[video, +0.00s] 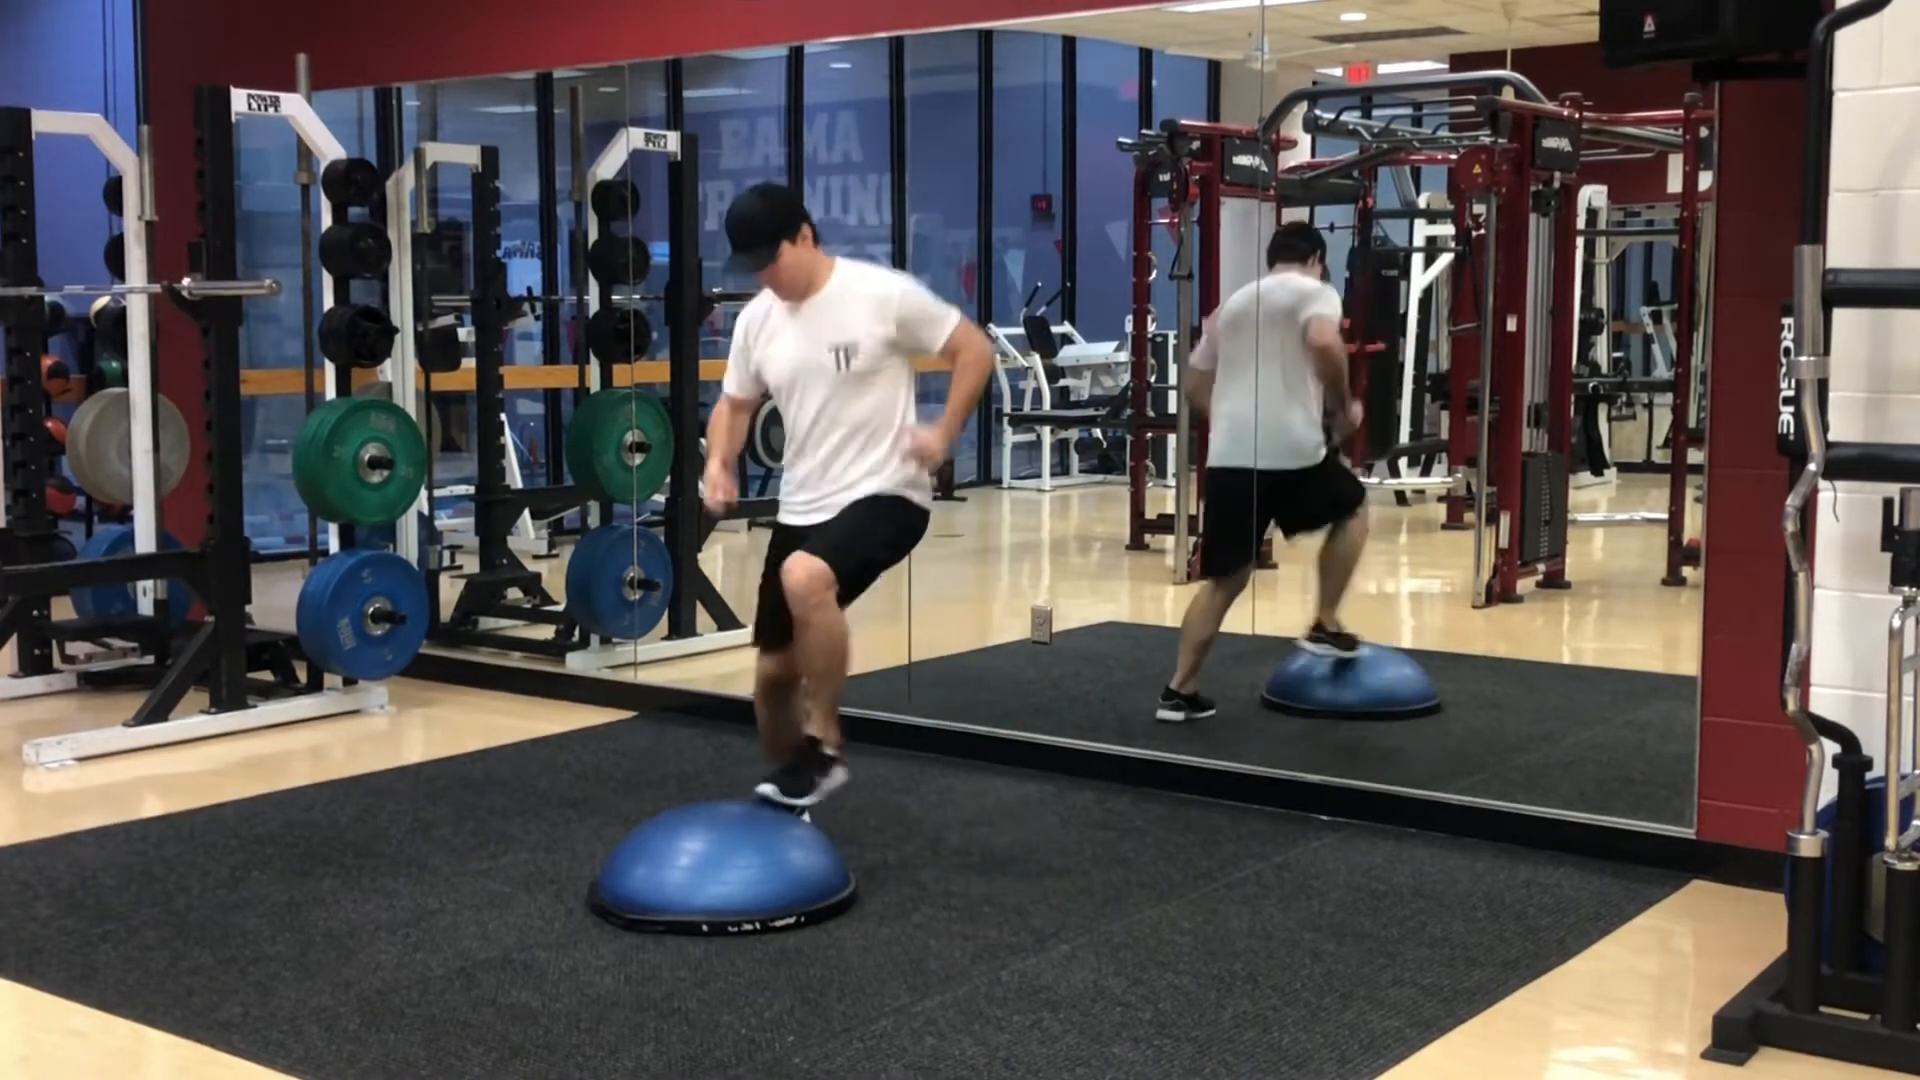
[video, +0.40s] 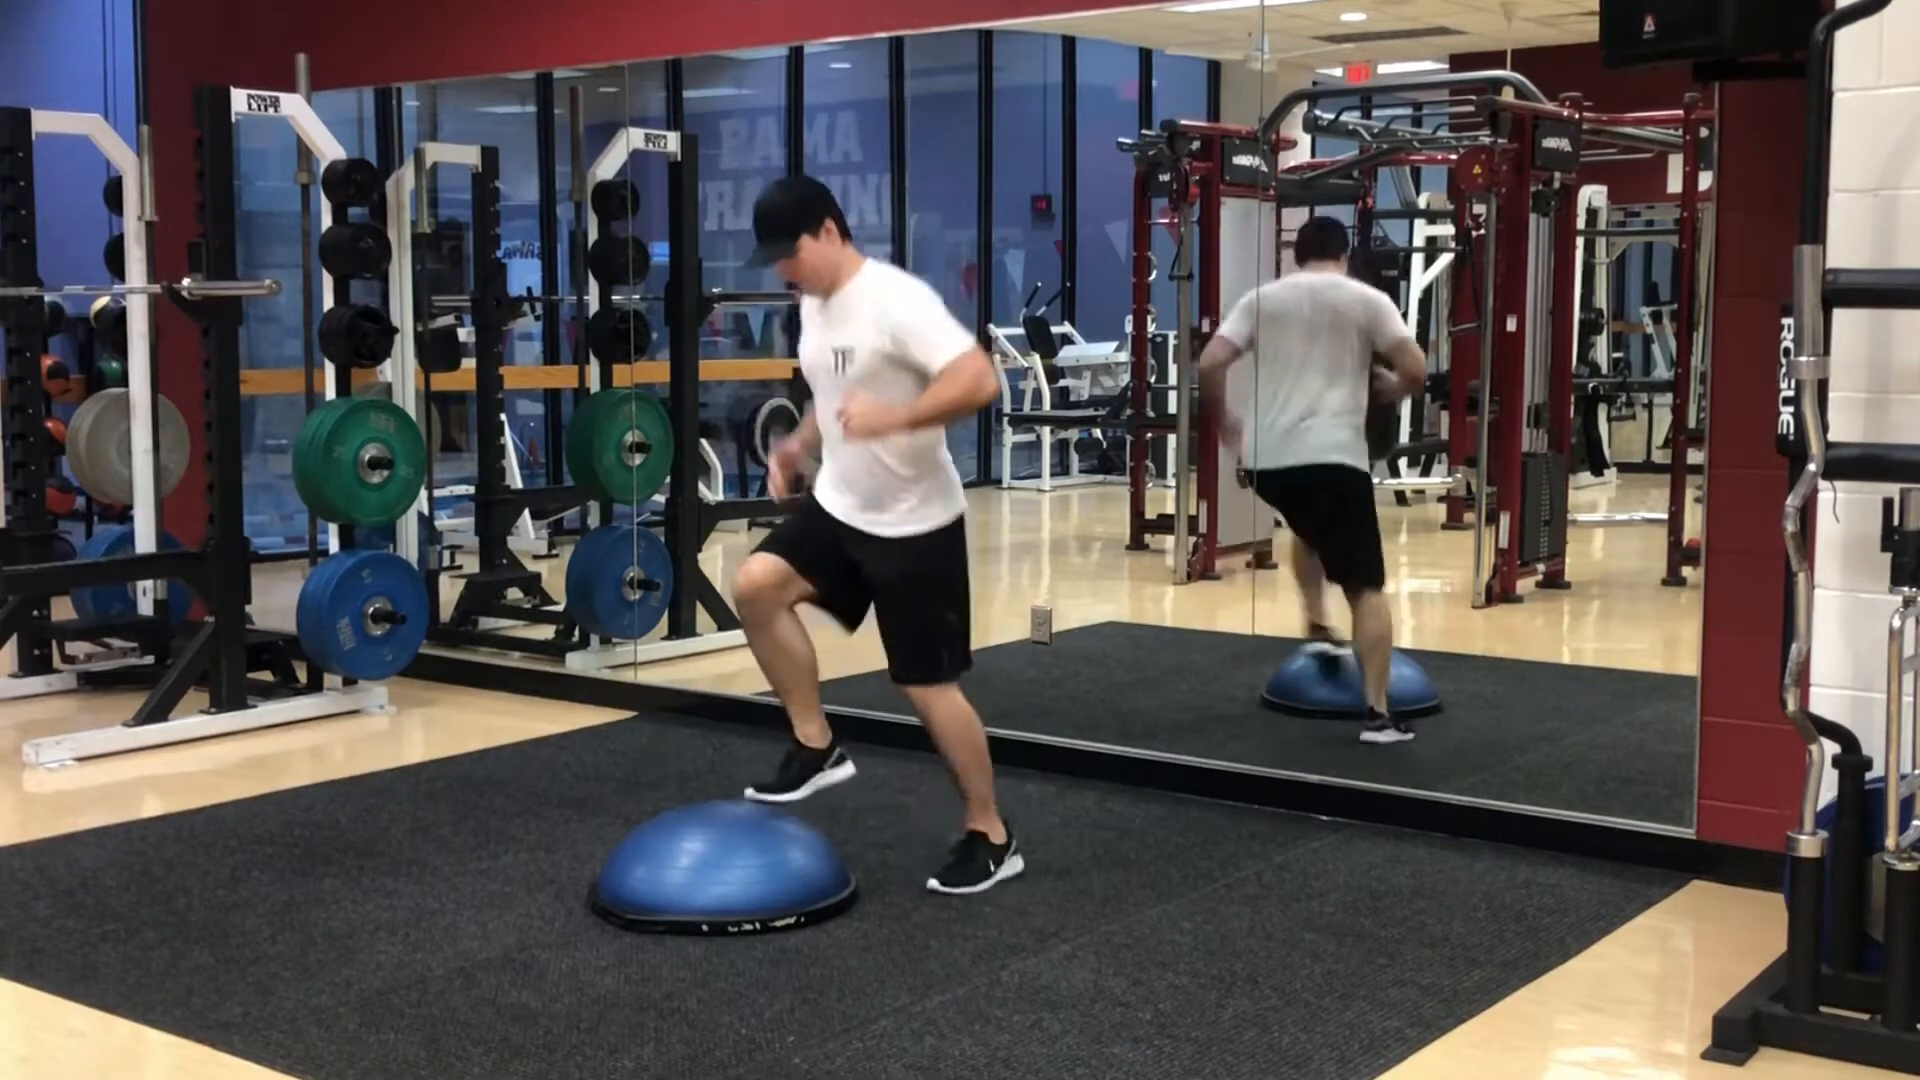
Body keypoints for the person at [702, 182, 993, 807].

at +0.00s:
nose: (763, 278)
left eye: (770, 263)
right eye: (755, 267)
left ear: (804, 238)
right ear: (752, 260)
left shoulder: (882, 293)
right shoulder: (756, 319)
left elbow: (976, 349)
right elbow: (734, 403)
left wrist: (946, 432)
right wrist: (718, 462)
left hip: (887, 491)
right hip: (803, 510)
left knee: (805, 576)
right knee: (776, 668)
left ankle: (823, 745)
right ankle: (786, 782)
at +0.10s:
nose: (769, 246)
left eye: (774, 231)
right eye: (761, 236)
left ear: (806, 201)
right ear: (763, 223)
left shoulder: (890, 249)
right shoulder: (768, 278)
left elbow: (986, 306)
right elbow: (757, 357)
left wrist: (944, 381)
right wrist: (738, 412)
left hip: (895, 464)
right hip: (814, 475)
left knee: (833, 586)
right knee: (780, 636)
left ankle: (891, 757)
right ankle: (784, 772)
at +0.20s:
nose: (776, 240)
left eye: (779, 224)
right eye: (768, 231)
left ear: (812, 192)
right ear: (778, 212)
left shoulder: (898, 245)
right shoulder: (788, 263)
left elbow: (986, 315)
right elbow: (796, 346)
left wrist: (930, 386)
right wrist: (767, 408)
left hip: (906, 469)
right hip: (826, 468)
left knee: (882, 624)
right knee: (756, 590)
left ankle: (955, 801)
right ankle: (805, 737)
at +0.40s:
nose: (782, 274)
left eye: (786, 257)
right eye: (775, 262)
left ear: (826, 233)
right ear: (809, 243)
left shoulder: (899, 297)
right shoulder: (813, 306)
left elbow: (979, 378)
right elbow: (841, 398)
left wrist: (900, 416)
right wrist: (802, 442)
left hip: (916, 524)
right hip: (840, 512)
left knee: (927, 681)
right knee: (755, 588)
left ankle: (989, 832)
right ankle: (816, 747)